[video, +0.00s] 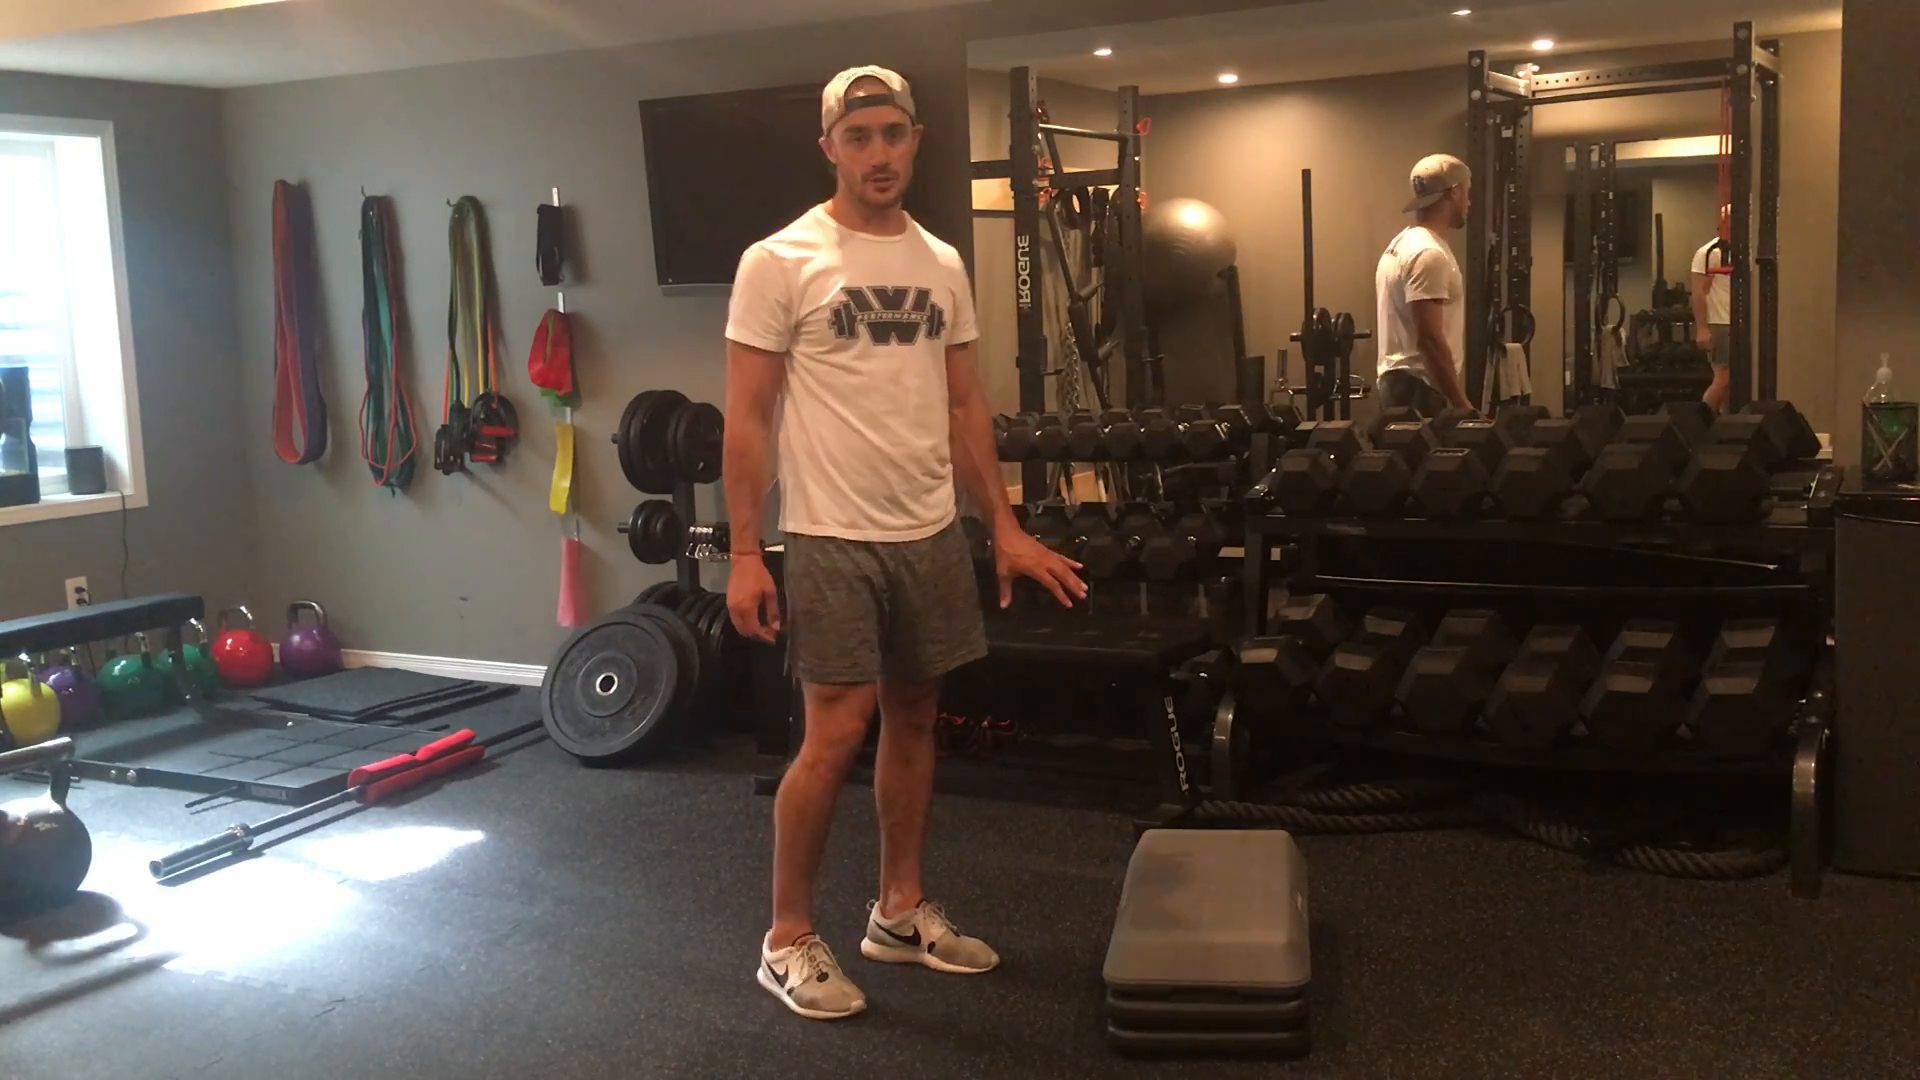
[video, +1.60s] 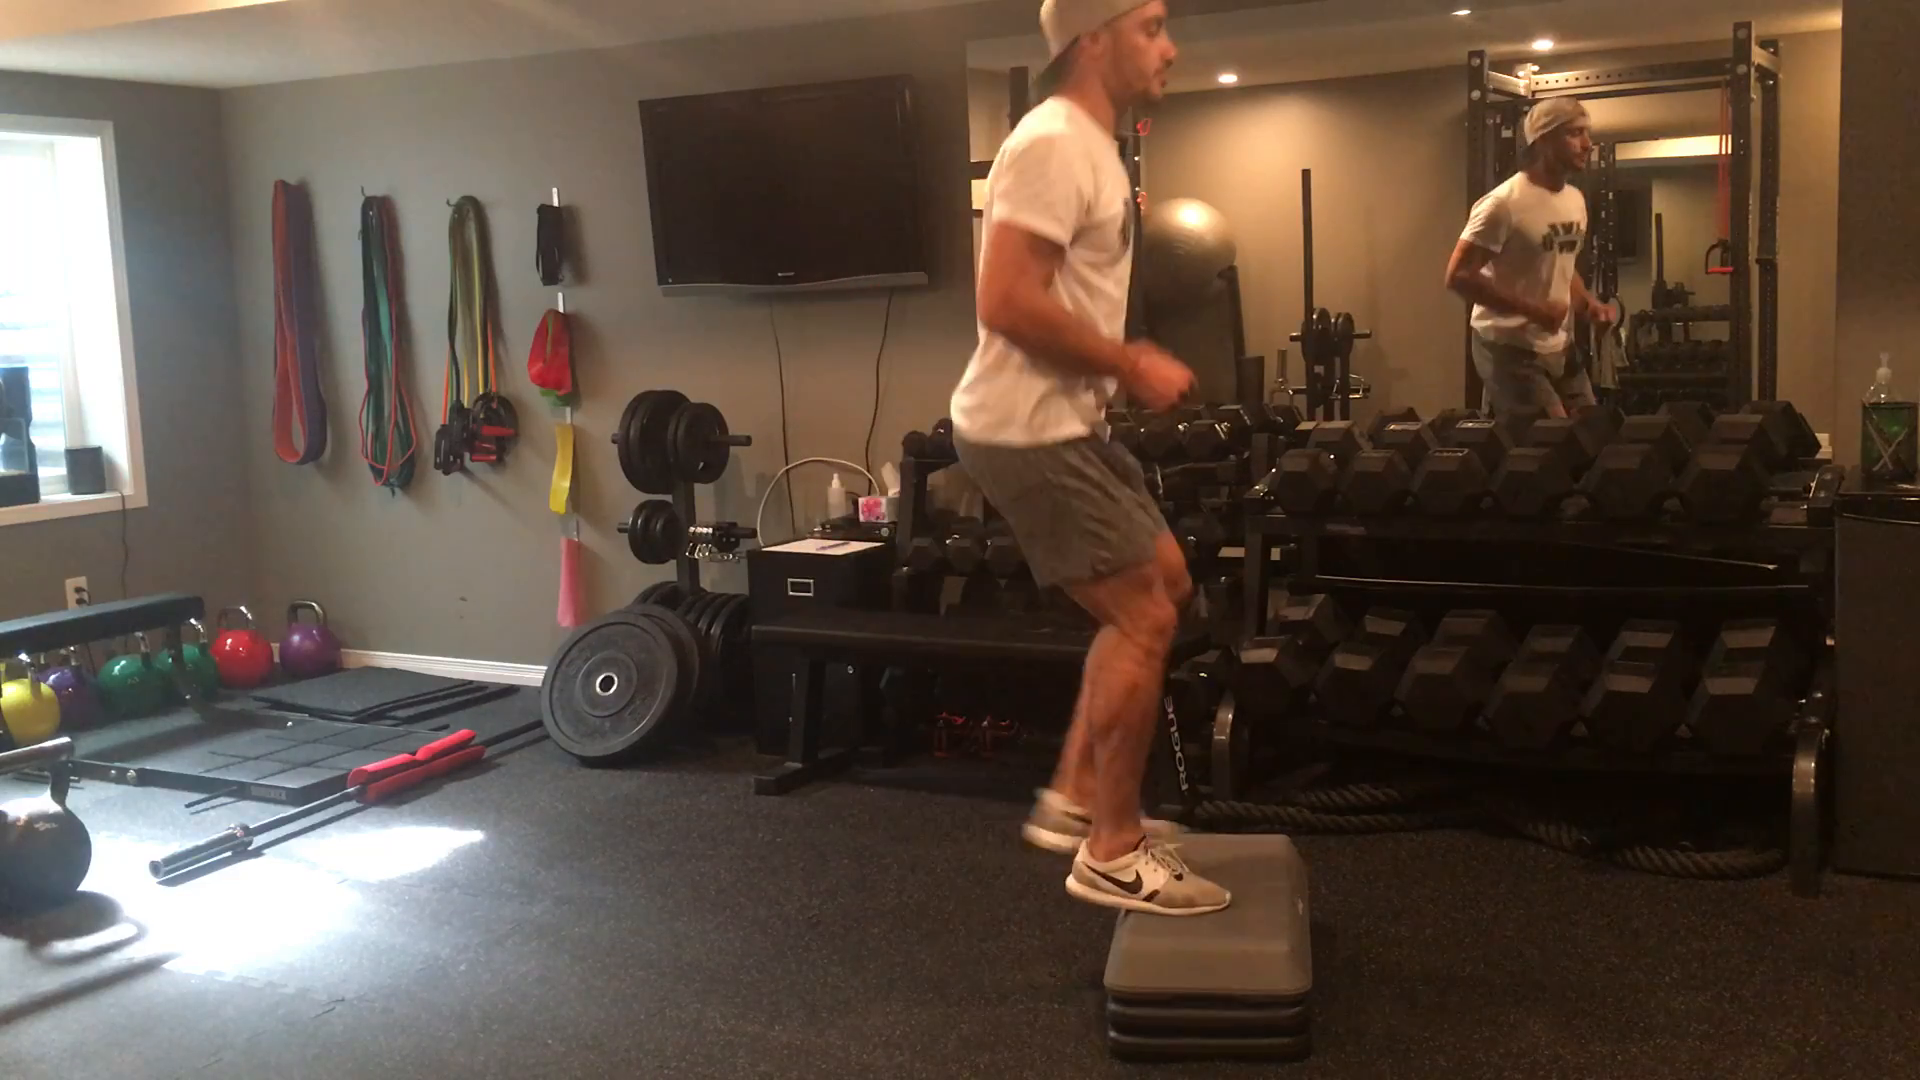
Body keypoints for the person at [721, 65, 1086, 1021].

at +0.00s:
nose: (880, 152)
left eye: (894, 134)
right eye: (860, 136)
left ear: (916, 144)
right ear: (829, 148)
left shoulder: (941, 266)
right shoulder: (779, 263)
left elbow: (966, 406)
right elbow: (748, 416)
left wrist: (1006, 529)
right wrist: (744, 551)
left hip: (930, 533)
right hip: (829, 538)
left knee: (914, 721)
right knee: (836, 733)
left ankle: (899, 911)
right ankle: (787, 938)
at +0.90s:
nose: (983, 176)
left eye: (985, 158)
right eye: (973, 156)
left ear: (920, 156)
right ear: (919, 153)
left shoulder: (900, 257)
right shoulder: (845, 253)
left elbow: (865, 411)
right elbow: (796, 415)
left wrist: (902, 503)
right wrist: (886, 531)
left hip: (880, 537)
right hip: (813, 541)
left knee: (923, 705)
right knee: (796, 738)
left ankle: (897, 917)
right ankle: (777, 943)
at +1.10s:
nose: (1056, 192)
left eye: (1054, 174)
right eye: (1044, 173)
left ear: (995, 179)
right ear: (990, 176)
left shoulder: (970, 270)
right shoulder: (924, 261)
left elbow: (913, 413)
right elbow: (851, 405)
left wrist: (958, 498)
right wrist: (947, 512)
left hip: (918, 541)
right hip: (876, 542)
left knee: (959, 736)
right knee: (963, 737)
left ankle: (902, 926)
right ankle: (815, 905)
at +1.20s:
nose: (1086, 197)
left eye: (1085, 180)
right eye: (1073, 179)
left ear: (1021, 188)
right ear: (1018, 184)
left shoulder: (998, 284)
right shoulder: (951, 271)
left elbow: (944, 423)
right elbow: (848, 389)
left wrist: (1020, 481)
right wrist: (942, 501)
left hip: (927, 539)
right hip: (903, 541)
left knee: (973, 724)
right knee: (1079, 676)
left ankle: (906, 925)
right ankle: (914, 839)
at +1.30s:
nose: (1111, 131)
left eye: (1109, 113)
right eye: (1097, 112)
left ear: (1047, 127)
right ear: (1043, 125)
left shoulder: (1035, 228)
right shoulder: (973, 215)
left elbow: (967, 331)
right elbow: (859, 325)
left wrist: (1055, 361)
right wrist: (963, 425)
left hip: (951, 490)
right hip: (943, 494)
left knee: (962, 689)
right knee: (1133, 604)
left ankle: (915, 904)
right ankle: (1050, 817)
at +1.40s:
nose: (1137, 83)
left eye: (1134, 64)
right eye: (1120, 65)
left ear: (1072, 83)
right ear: (1062, 81)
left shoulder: (1057, 183)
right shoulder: (1003, 175)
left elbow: (1001, 296)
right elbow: (908, 303)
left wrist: (1081, 324)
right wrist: (1024, 396)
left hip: (976, 449)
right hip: (989, 450)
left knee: (1034, 642)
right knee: (1152, 606)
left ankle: (945, 853)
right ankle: (1114, 839)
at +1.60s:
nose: (1170, 52)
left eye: (1168, 32)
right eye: (1154, 30)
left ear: (1102, 46)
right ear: (1093, 42)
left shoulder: (1090, 145)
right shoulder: (1053, 140)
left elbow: (1044, 297)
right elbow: (1008, 300)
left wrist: (1123, 361)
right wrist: (1130, 360)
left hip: (1061, 418)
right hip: (1027, 427)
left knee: (1164, 578)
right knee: (1143, 614)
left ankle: (1074, 795)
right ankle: (1111, 848)